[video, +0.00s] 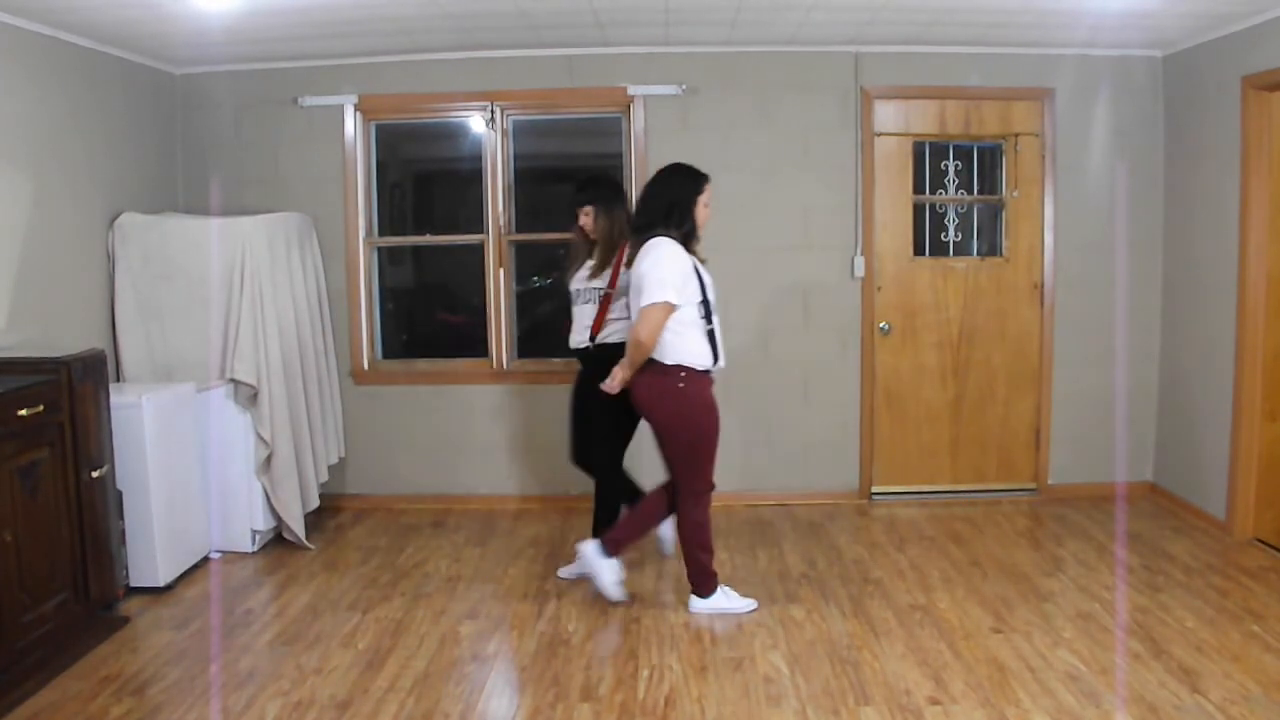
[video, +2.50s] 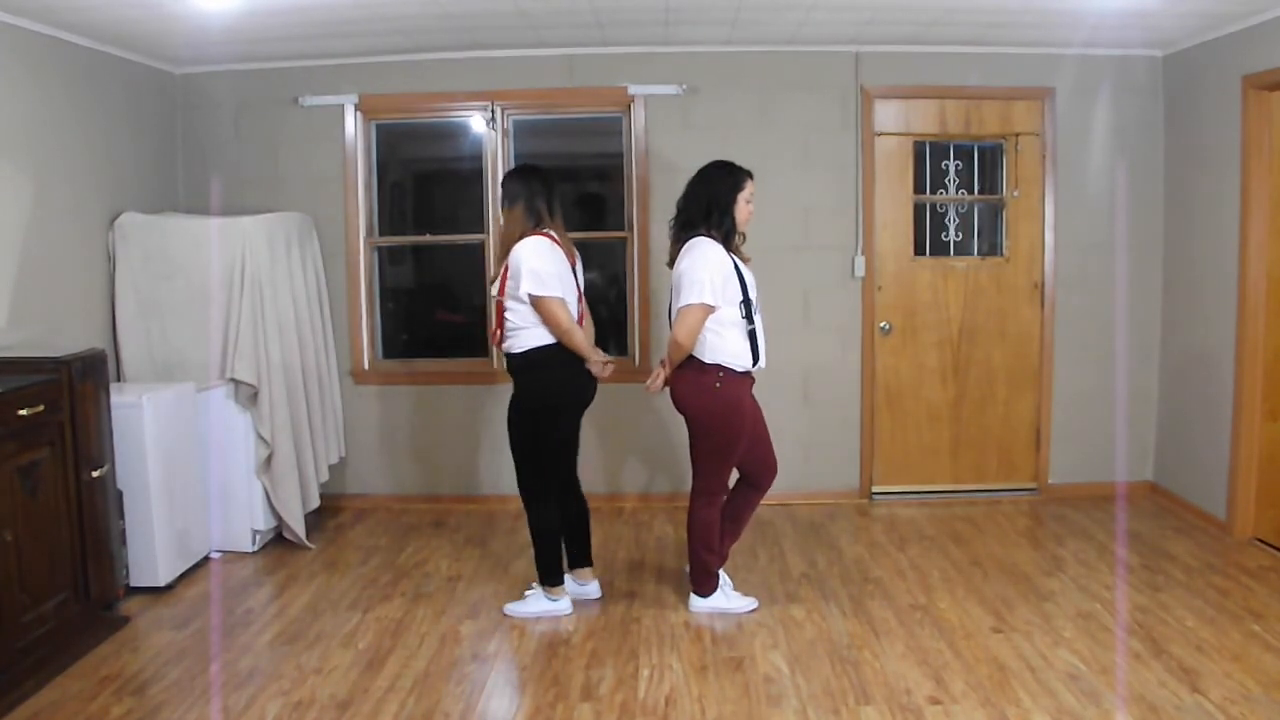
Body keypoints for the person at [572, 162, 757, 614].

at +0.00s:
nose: (709, 211)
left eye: (708, 202)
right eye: (705, 202)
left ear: (669, 202)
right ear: (684, 204)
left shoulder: (665, 251)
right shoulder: (666, 253)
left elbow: (647, 330)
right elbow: (645, 335)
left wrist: (627, 365)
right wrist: (626, 369)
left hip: (671, 381)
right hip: (678, 383)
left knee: (688, 483)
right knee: (695, 488)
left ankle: (606, 548)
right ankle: (705, 590)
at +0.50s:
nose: (746, 211)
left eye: (746, 202)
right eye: (742, 202)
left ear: (714, 201)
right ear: (721, 201)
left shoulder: (713, 249)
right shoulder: (695, 249)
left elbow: (687, 321)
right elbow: (677, 329)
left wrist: (662, 364)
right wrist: (661, 365)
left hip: (726, 378)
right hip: (704, 379)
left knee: (755, 471)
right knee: (707, 484)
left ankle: (707, 564)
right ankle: (705, 589)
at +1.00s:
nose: (754, 210)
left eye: (755, 201)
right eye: (749, 200)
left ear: (722, 200)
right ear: (726, 200)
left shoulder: (718, 249)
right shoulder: (705, 249)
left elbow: (697, 323)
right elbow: (685, 334)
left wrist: (666, 361)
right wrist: (663, 365)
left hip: (726, 378)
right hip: (707, 380)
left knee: (756, 469)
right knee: (709, 484)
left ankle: (708, 565)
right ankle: (704, 589)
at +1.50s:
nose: (746, 209)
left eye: (746, 200)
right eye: (741, 200)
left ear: (716, 202)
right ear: (716, 201)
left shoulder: (714, 250)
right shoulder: (696, 251)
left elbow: (684, 323)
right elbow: (677, 334)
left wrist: (662, 363)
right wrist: (661, 365)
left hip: (725, 379)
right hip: (705, 381)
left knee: (757, 469)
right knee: (709, 485)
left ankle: (710, 565)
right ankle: (705, 589)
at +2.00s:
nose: (746, 210)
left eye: (747, 201)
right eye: (741, 201)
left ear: (715, 203)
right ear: (717, 202)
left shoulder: (715, 252)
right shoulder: (698, 253)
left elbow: (686, 325)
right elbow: (680, 336)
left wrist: (663, 365)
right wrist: (663, 367)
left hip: (727, 380)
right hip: (708, 381)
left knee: (759, 470)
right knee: (707, 488)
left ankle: (713, 564)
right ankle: (705, 589)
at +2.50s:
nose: (752, 210)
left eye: (751, 200)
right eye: (747, 200)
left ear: (721, 201)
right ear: (725, 201)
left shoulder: (721, 251)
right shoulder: (704, 252)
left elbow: (691, 325)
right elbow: (684, 336)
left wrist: (667, 364)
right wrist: (666, 367)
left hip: (731, 382)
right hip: (711, 383)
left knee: (760, 472)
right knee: (710, 488)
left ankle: (710, 564)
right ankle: (705, 590)